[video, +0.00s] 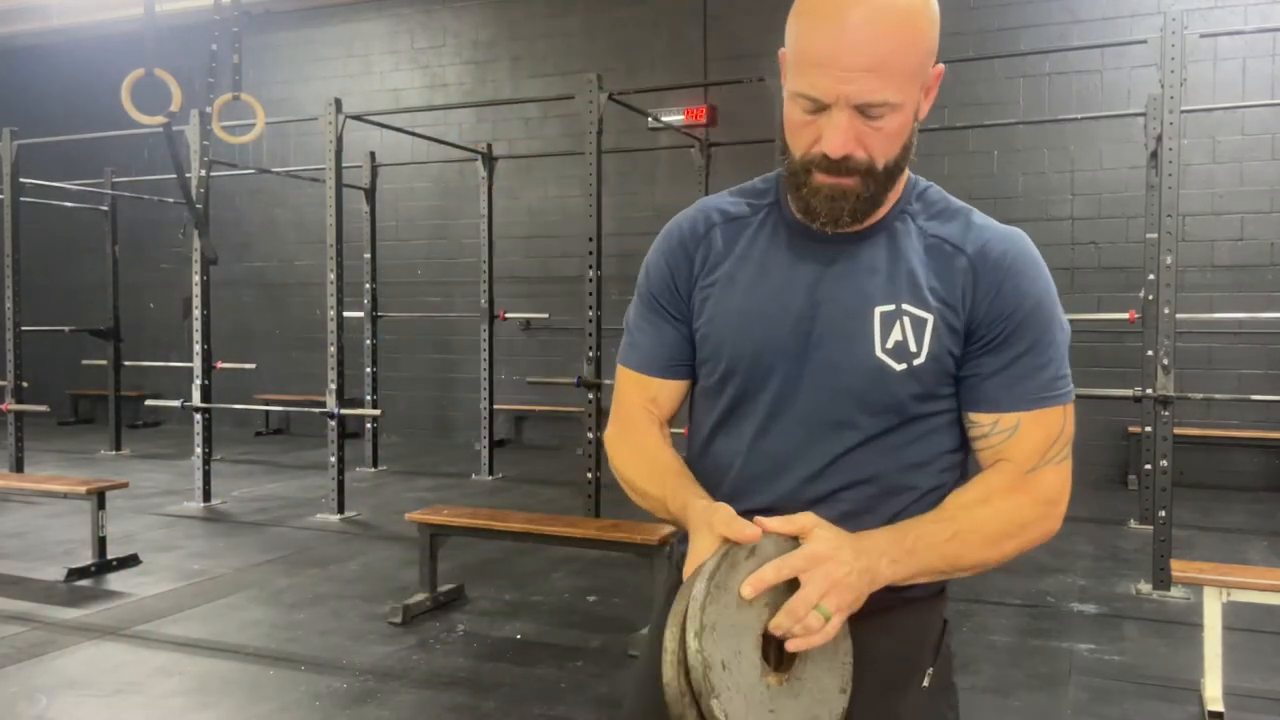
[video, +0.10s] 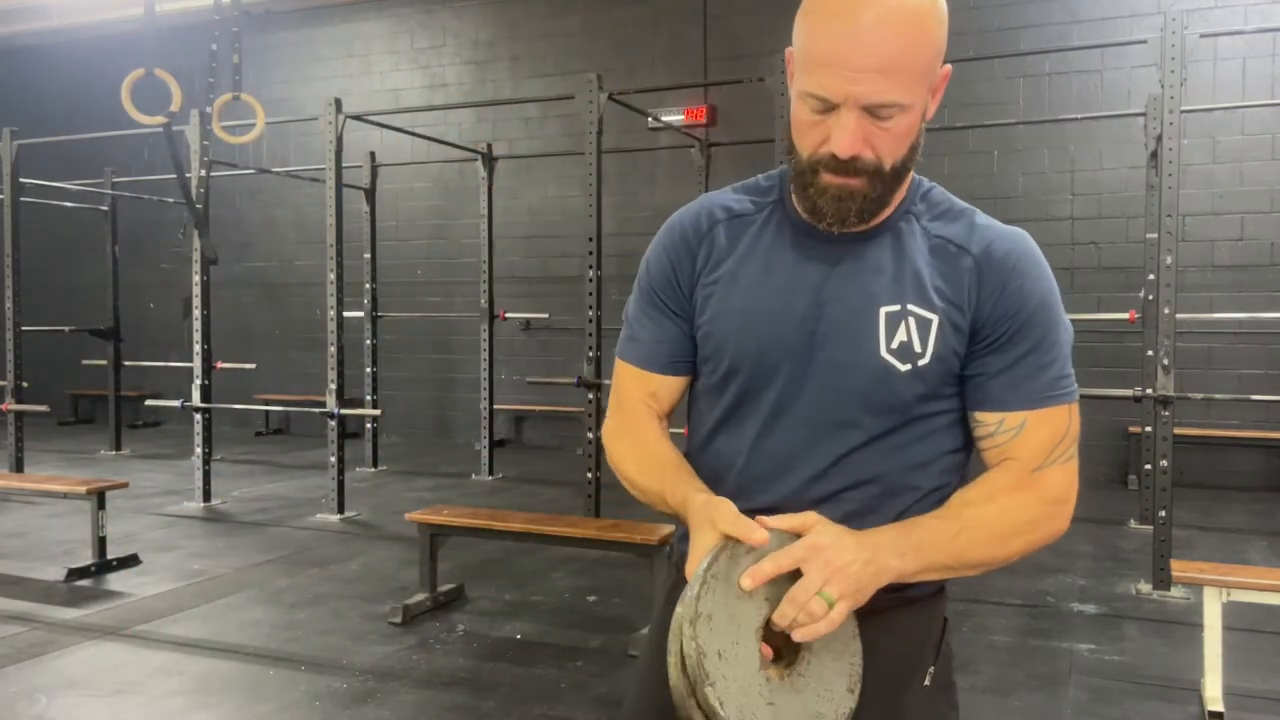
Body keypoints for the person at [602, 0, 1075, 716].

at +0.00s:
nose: (835, 143)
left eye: (872, 112)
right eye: (811, 106)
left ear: (929, 93)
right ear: (781, 74)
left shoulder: (990, 266)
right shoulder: (696, 245)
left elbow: (1034, 492)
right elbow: (631, 428)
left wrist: (870, 558)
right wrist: (696, 511)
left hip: (887, 639)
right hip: (707, 626)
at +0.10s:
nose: (844, 144)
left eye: (880, 112)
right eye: (819, 106)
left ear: (935, 94)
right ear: (788, 73)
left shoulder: (993, 266)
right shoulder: (699, 241)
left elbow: (1041, 490)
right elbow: (629, 422)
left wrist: (877, 555)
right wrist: (696, 504)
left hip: (890, 640)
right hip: (706, 625)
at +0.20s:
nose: (852, 144)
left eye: (887, 113)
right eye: (827, 106)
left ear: (939, 96)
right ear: (793, 74)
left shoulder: (995, 267)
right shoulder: (698, 240)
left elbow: (1045, 490)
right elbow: (627, 421)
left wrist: (880, 551)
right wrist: (696, 501)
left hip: (892, 637)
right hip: (706, 622)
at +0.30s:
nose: (855, 145)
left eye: (890, 113)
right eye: (829, 106)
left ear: (940, 98)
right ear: (793, 74)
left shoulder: (994, 267)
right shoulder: (696, 240)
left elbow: (1044, 488)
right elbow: (624, 418)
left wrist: (885, 543)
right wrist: (695, 499)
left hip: (890, 632)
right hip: (705, 615)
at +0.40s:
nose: (849, 143)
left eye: (885, 112)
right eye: (824, 105)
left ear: (935, 95)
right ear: (789, 74)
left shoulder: (993, 267)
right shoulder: (694, 241)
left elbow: (1050, 483)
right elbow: (619, 415)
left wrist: (908, 528)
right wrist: (689, 488)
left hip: (887, 631)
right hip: (704, 613)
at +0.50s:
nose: (839, 144)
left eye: (874, 111)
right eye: (813, 106)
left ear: (926, 92)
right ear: (778, 74)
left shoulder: (991, 263)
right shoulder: (689, 242)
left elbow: (1040, 476)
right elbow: (612, 415)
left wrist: (953, 571)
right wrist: (686, 477)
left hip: (884, 634)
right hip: (702, 615)